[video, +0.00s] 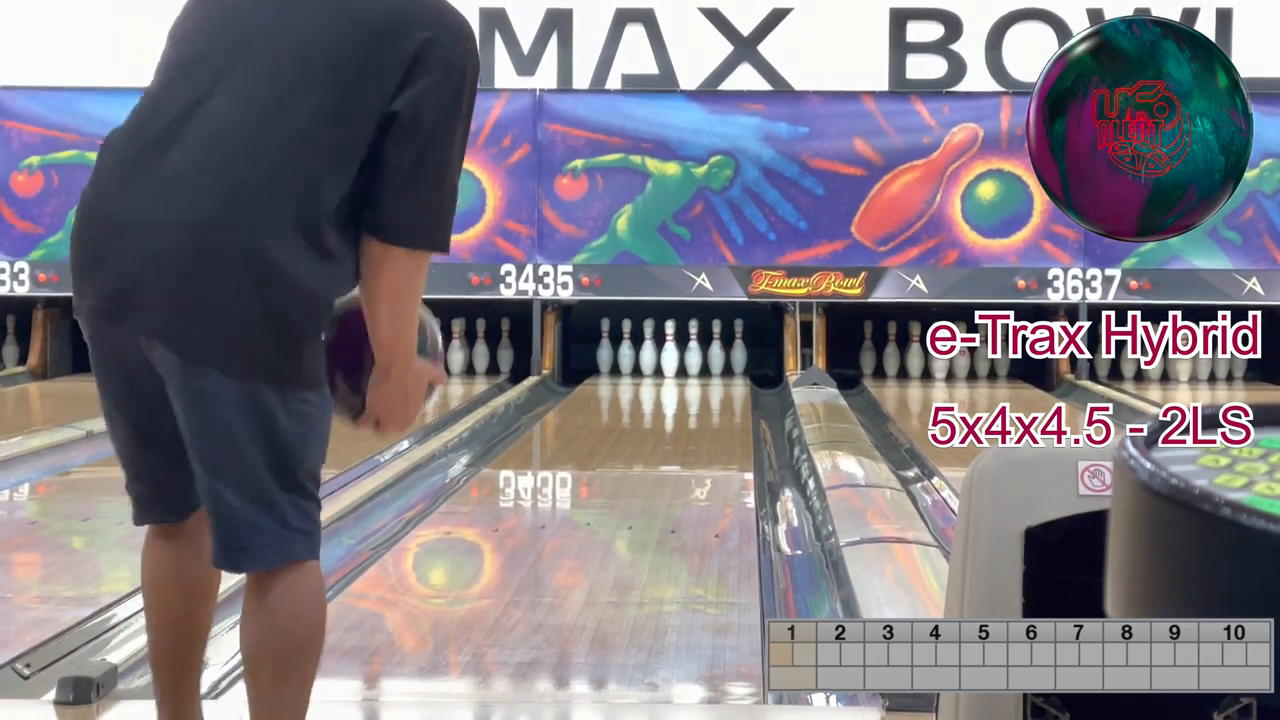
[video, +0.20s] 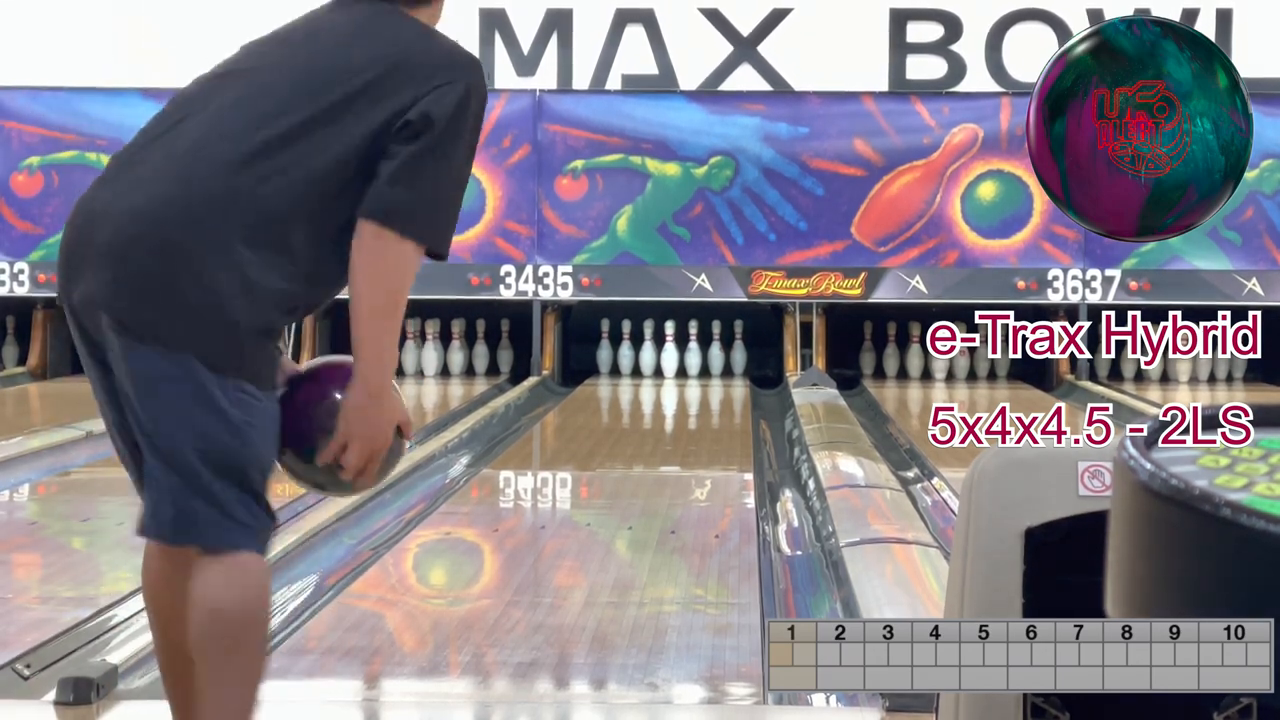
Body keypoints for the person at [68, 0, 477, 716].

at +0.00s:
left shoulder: (225, 7)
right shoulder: (434, 29)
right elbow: (397, 230)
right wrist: (395, 378)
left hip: (108, 248)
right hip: (242, 275)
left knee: (173, 516)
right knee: (280, 551)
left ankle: (178, 712)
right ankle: (274, 714)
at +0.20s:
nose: (448, 14)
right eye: (447, 11)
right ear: (435, 6)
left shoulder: (304, 37)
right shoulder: (446, 70)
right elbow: (389, 231)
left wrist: (266, 356)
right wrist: (374, 386)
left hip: (96, 256)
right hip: (191, 279)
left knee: (176, 521)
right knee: (230, 533)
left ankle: (191, 710)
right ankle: (221, 711)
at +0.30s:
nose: (464, 29)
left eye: (463, 19)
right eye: (466, 18)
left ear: (362, 10)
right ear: (451, 18)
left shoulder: (319, 57)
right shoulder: (450, 70)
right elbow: (384, 183)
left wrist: (289, 318)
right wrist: (360, 330)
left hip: (105, 245)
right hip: (166, 261)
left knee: (191, 503)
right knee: (208, 506)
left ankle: (191, 709)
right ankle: (131, 712)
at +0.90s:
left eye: (327, 188)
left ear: (338, 197)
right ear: (441, 216)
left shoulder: (311, 221)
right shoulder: (458, 272)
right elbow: (479, 382)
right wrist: (446, 324)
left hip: (205, 293)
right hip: (290, 323)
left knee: (270, 468)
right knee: (153, 453)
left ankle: (297, 668)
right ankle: (4, 425)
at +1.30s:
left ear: (361, 45)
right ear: (448, 53)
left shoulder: (302, 111)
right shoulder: (452, 105)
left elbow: (201, 237)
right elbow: (542, 103)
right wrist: (486, 25)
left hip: (221, 266)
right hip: (318, 259)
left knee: (284, 469)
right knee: (283, 443)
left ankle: (313, 673)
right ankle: (128, 522)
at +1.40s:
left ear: (353, 25)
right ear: (444, 32)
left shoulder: (291, 97)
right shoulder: (453, 85)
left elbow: (194, 225)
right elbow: (542, 80)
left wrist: (222, 298)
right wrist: (482, 5)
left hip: (225, 260)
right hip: (321, 256)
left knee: (282, 465)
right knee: (285, 446)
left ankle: (313, 672)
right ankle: (138, 555)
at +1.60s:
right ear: (425, 2)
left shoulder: (284, 53)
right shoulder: (444, 39)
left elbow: (193, 174)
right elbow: (546, 49)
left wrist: (201, 257)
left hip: (225, 254)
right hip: (320, 248)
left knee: (276, 468)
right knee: (296, 450)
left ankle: (312, 671)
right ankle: (141, 577)